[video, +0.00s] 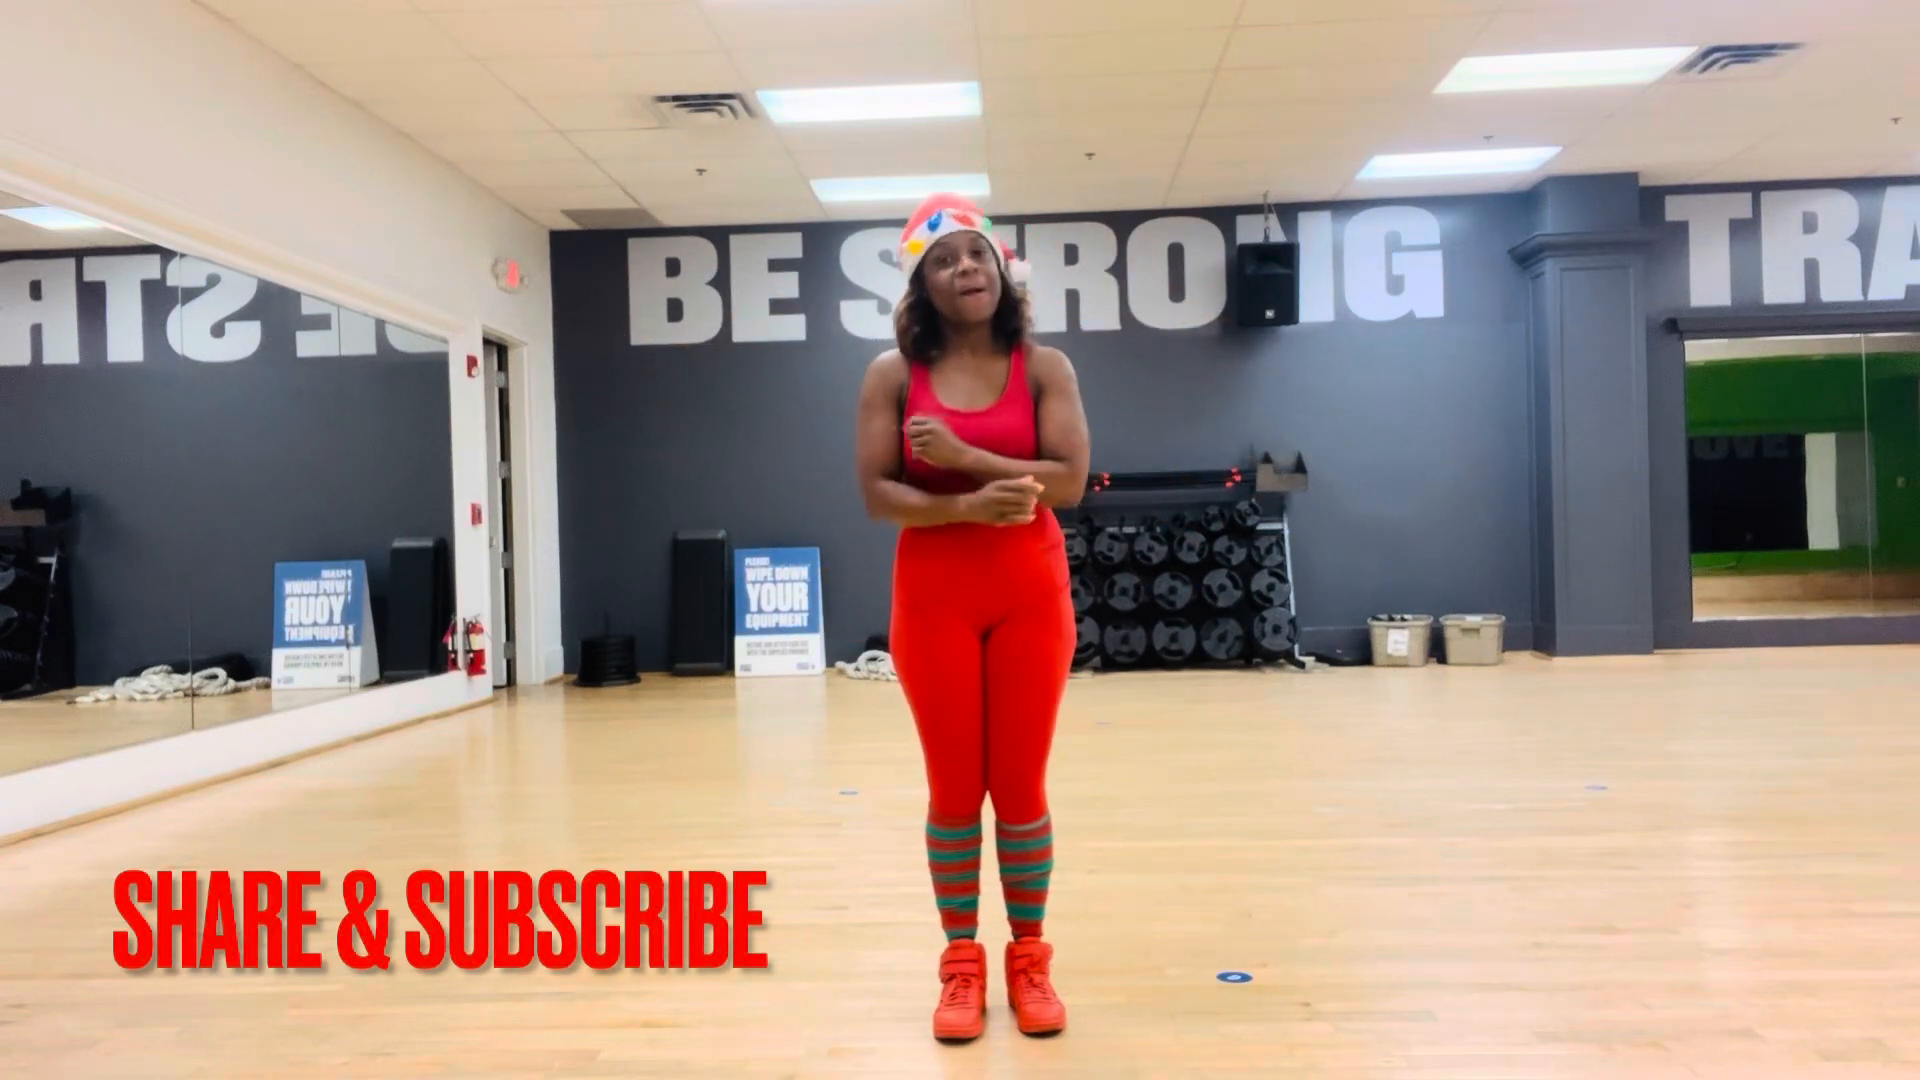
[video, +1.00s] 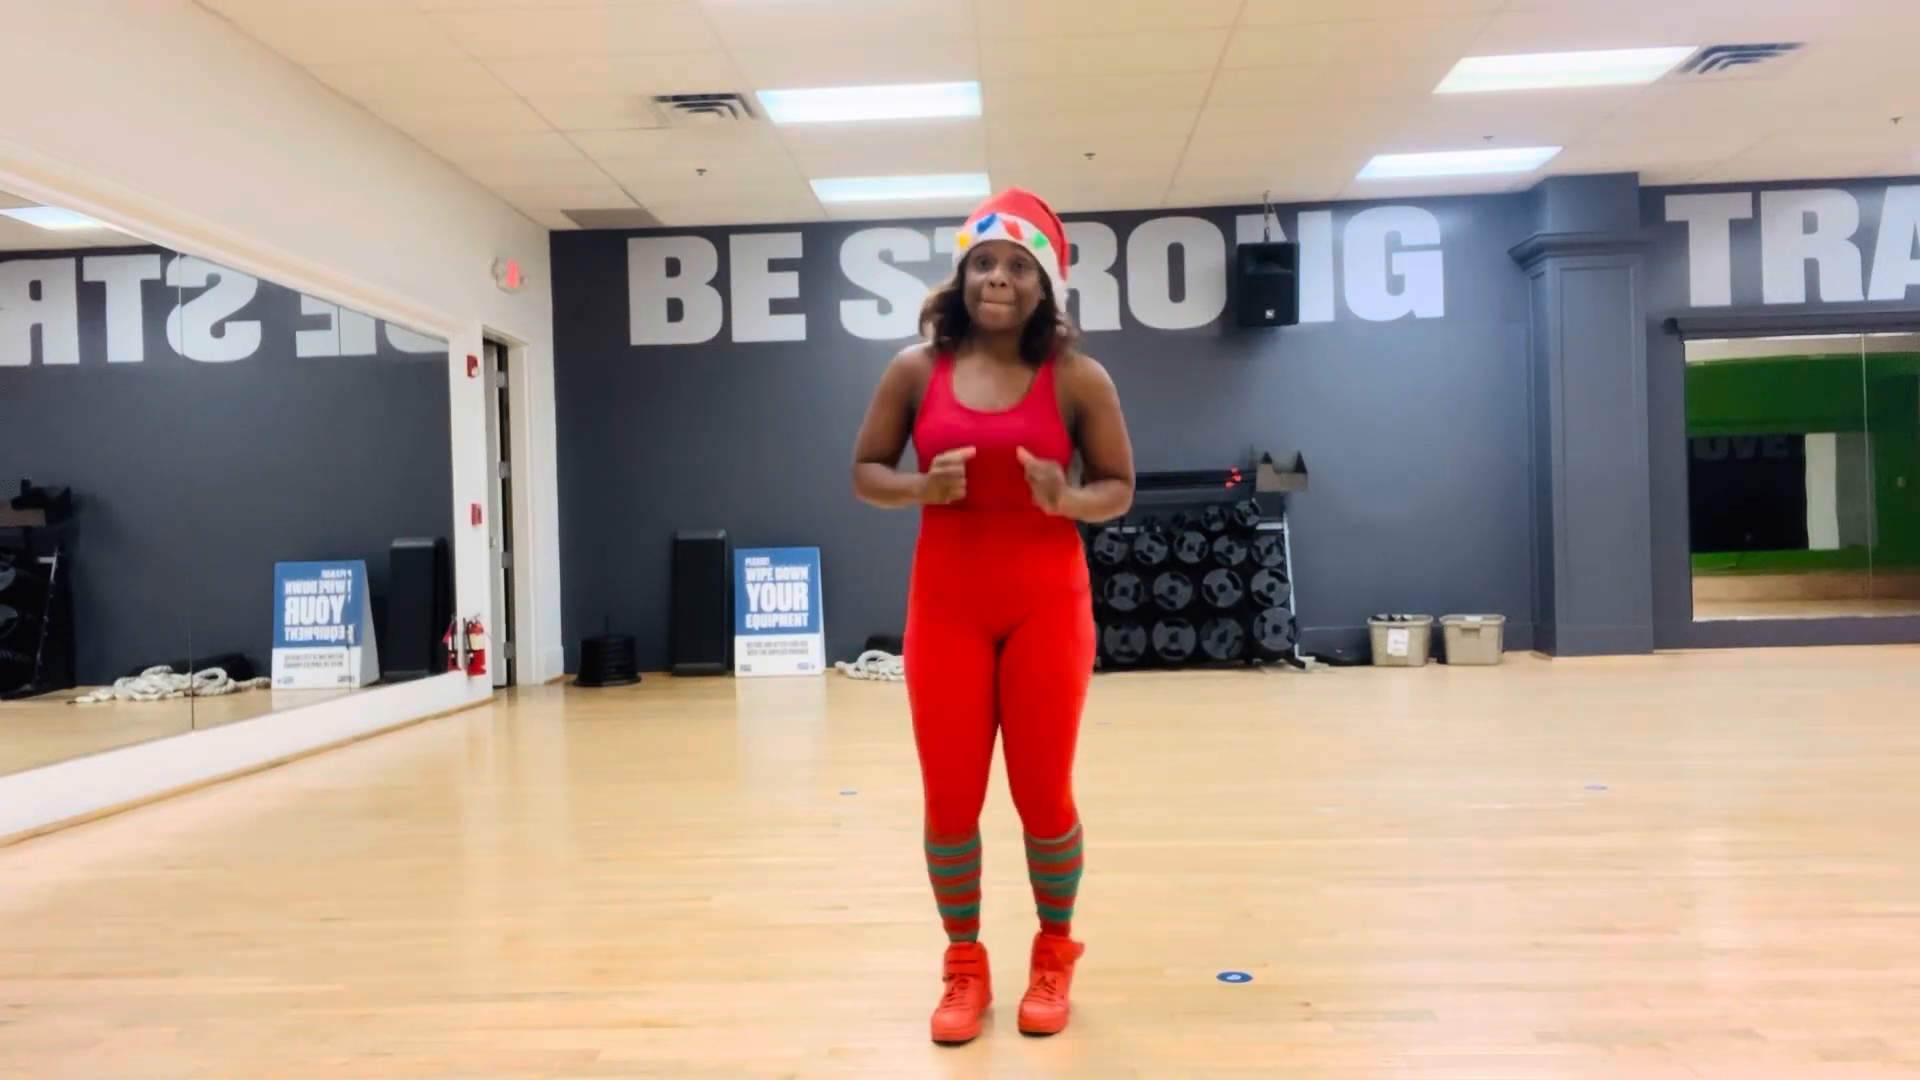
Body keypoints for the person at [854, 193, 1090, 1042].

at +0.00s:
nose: (966, 270)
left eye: (977, 255)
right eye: (945, 262)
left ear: (1002, 268)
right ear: (922, 285)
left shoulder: (1045, 365)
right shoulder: (892, 375)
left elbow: (1071, 482)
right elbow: (876, 495)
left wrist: (966, 456)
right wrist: (969, 504)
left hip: (1032, 592)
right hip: (934, 596)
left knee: (1019, 782)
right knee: (955, 785)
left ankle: (1031, 966)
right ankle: (962, 969)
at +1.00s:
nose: (998, 281)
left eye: (1017, 268)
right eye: (984, 264)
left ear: (1043, 287)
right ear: (962, 279)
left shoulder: (1079, 380)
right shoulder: (916, 371)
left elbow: (1117, 489)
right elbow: (867, 474)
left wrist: (1069, 500)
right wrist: (920, 485)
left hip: (1049, 604)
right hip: (946, 604)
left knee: (1041, 791)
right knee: (950, 796)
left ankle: (1052, 960)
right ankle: (963, 970)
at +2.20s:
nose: (923, 276)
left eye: (943, 265)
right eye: (909, 259)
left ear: (967, 283)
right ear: (886, 272)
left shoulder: (1005, 359)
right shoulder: (848, 376)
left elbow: (1078, 457)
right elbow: (809, 491)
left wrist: (1031, 477)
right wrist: (866, 489)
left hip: (1010, 597)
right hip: (907, 603)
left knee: (1028, 789)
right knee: (915, 797)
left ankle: (1037, 962)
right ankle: (921, 970)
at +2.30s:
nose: (918, 289)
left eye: (939, 279)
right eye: (905, 272)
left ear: (959, 298)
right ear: (879, 281)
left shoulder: (992, 375)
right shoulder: (834, 382)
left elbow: (1059, 467)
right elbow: (784, 497)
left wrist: (1032, 504)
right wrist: (852, 472)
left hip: (1011, 596)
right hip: (908, 606)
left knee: (1026, 787)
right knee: (922, 803)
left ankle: (1060, 953)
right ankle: (924, 971)